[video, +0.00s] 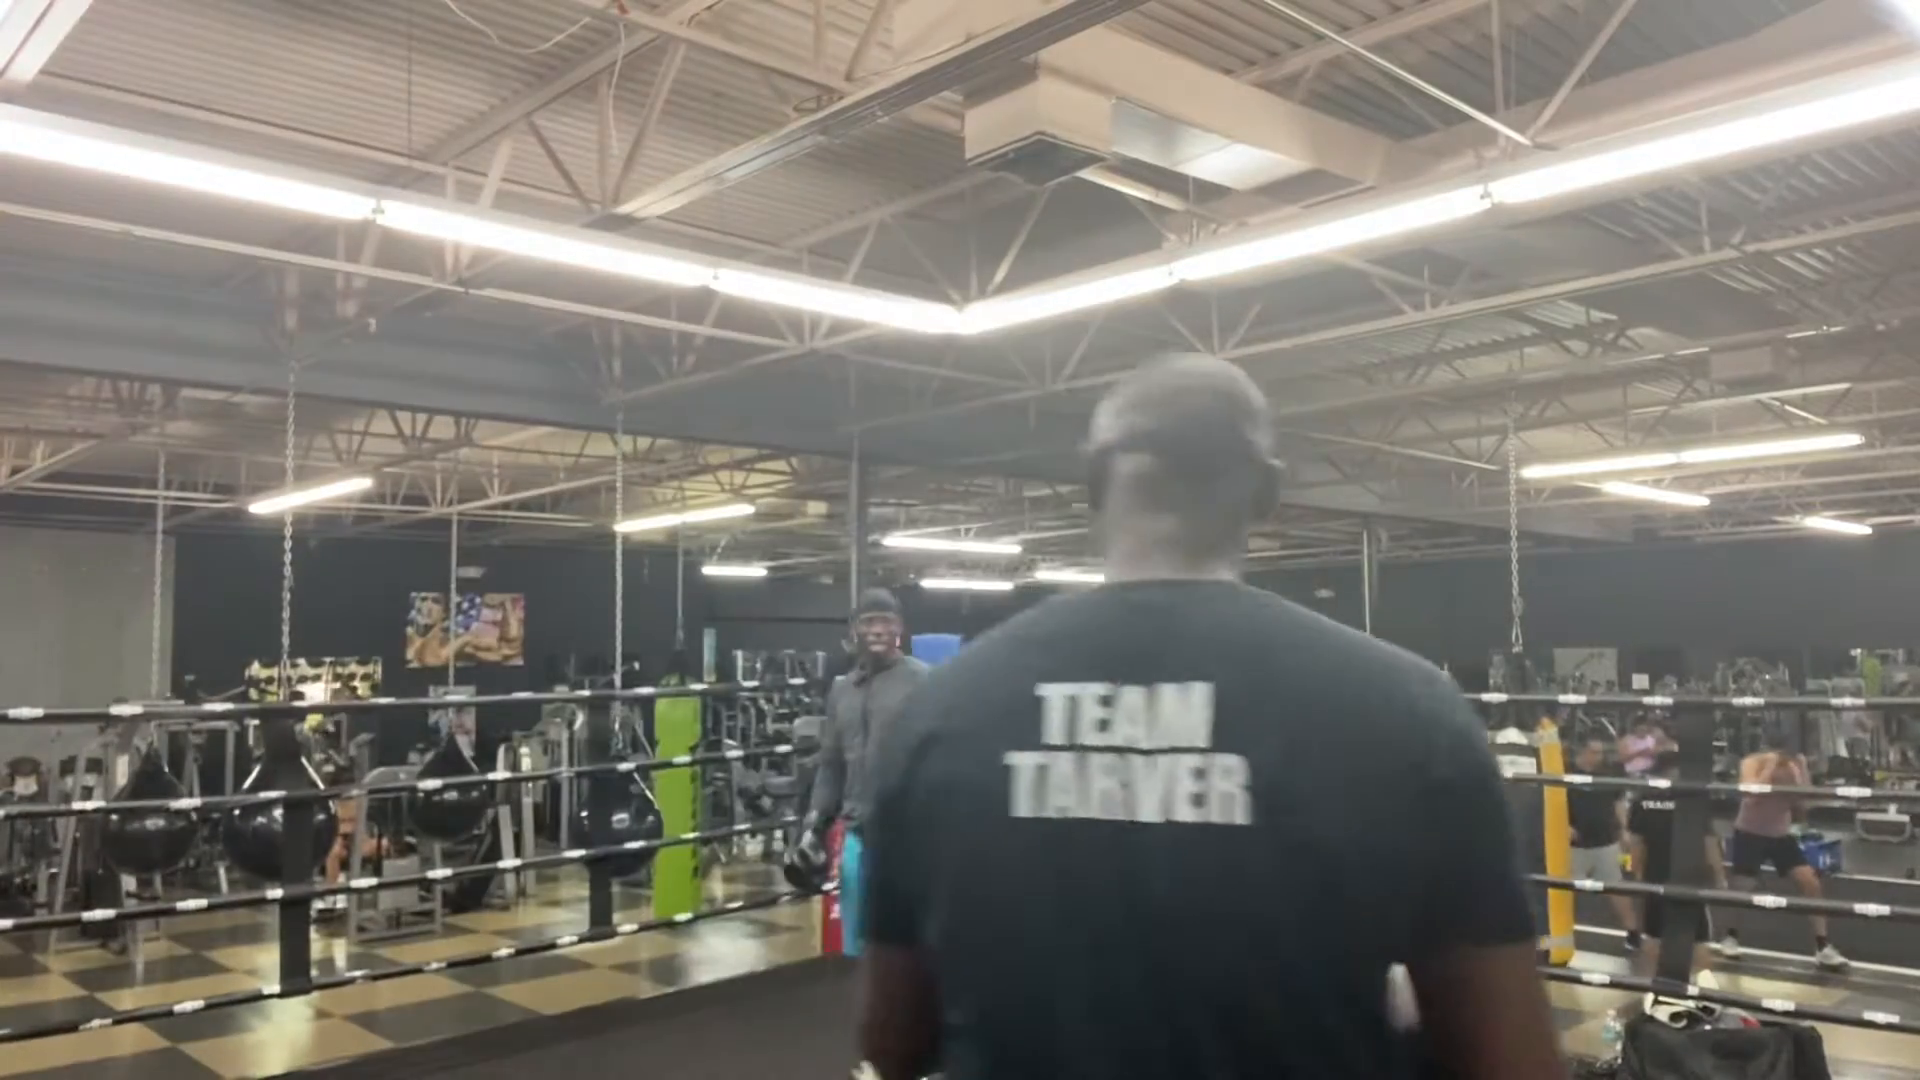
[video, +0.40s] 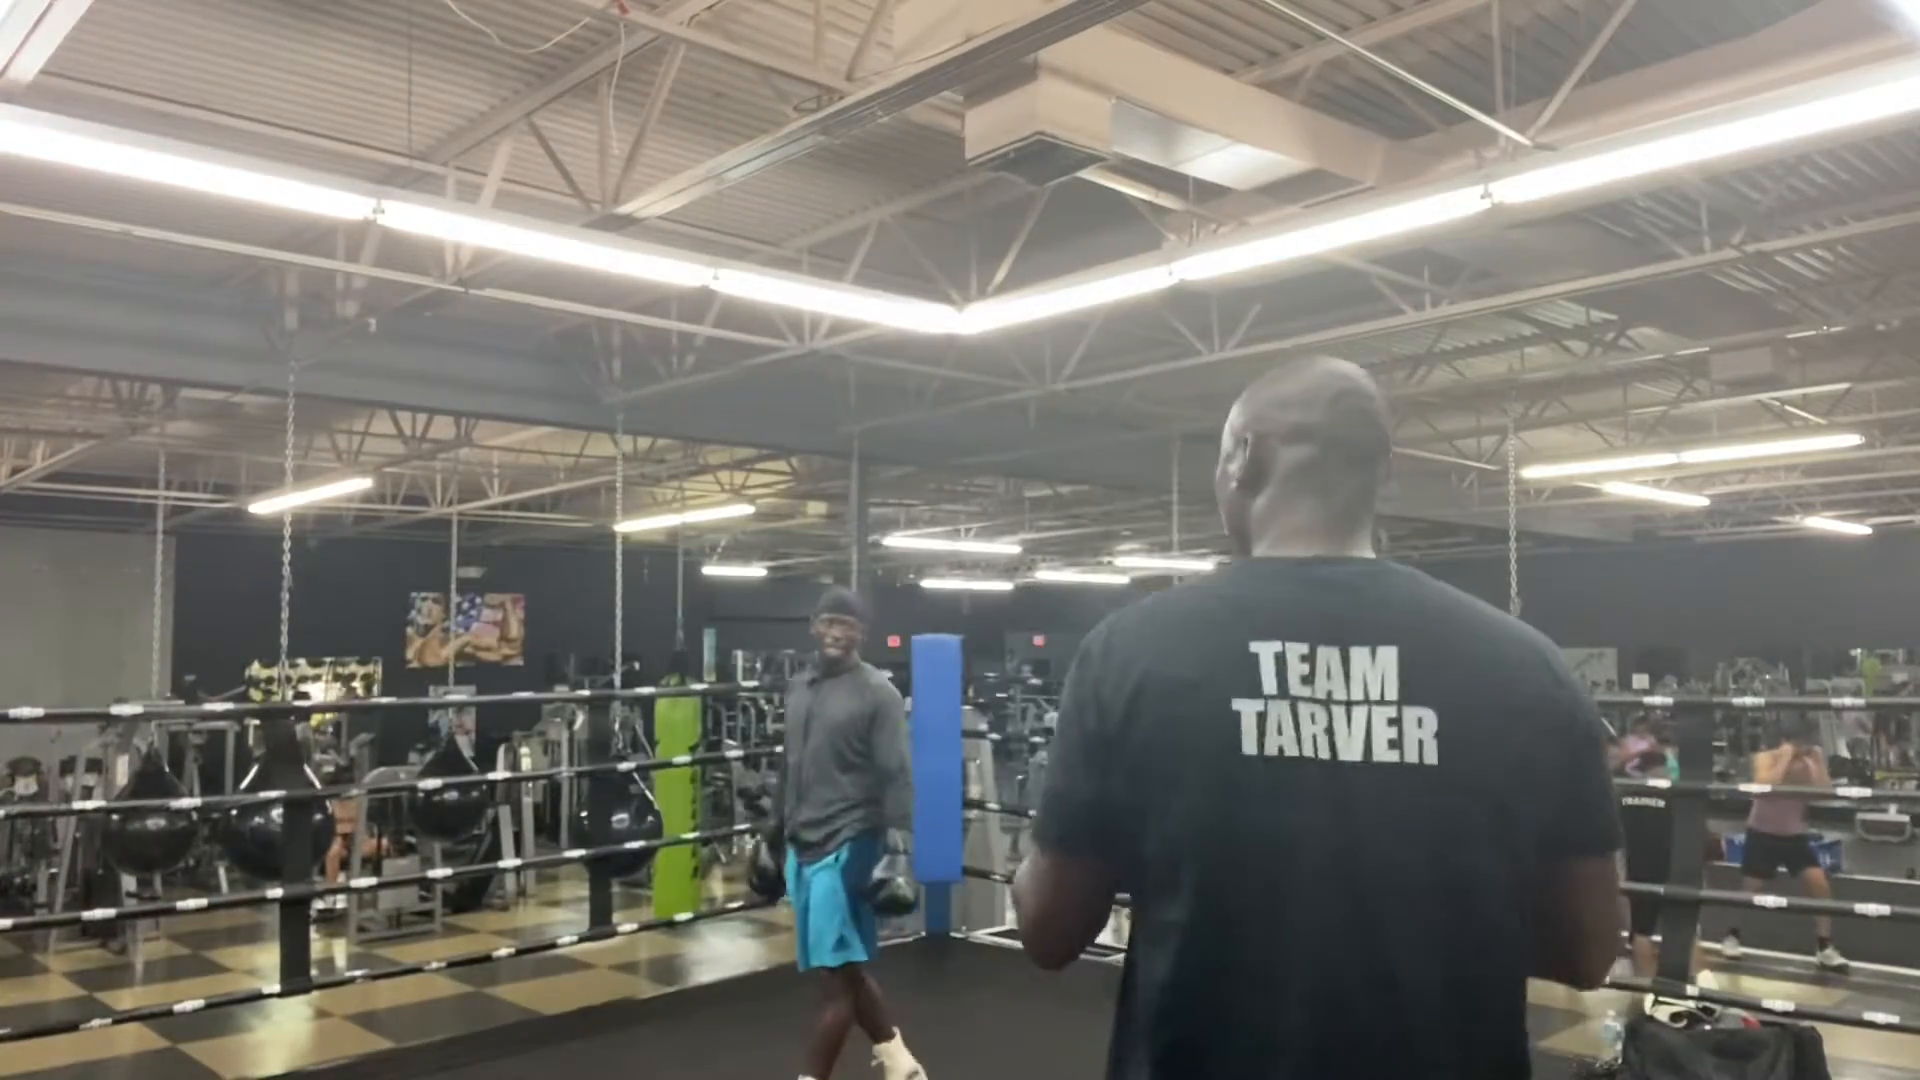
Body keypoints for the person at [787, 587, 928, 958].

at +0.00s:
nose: (877, 631)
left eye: (885, 622)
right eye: (868, 622)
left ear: (900, 630)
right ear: (855, 631)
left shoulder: (921, 680)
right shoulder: (842, 690)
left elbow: (938, 752)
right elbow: (832, 763)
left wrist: (932, 816)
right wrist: (814, 827)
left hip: (910, 827)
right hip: (858, 829)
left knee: (909, 940)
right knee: (857, 944)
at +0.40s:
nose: (835, 633)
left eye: (846, 625)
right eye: (828, 623)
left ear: (861, 633)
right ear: (813, 628)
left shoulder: (878, 692)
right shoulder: (800, 689)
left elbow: (896, 776)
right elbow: (790, 769)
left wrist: (898, 856)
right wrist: (775, 839)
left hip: (850, 843)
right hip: (803, 844)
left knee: (836, 971)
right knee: (840, 965)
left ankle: (812, 1074)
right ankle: (900, 1063)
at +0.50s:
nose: (822, 634)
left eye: (833, 627)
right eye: (814, 624)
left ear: (847, 636)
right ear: (799, 628)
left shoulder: (862, 695)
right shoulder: (788, 685)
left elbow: (879, 780)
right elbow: (775, 764)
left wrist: (870, 859)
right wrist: (758, 833)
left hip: (831, 848)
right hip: (783, 847)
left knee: (825, 980)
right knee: (797, 977)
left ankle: (813, 1074)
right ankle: (881, 1050)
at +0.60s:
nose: (800, 637)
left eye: (811, 629)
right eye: (792, 627)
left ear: (828, 637)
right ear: (779, 631)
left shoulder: (843, 698)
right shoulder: (770, 687)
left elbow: (847, 790)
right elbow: (758, 768)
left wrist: (813, 866)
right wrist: (734, 832)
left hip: (813, 855)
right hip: (759, 854)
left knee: (819, 985)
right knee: (749, 979)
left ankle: (814, 1073)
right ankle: (833, 1044)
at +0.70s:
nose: (783, 634)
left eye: (794, 627)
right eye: (775, 624)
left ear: (810, 633)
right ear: (761, 627)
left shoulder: (827, 693)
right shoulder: (757, 687)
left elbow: (825, 787)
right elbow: (747, 771)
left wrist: (776, 854)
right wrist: (717, 835)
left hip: (805, 851)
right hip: (747, 846)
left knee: (810, 984)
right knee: (716, 972)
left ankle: (807, 1077)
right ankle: (771, 1065)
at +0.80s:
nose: (762, 635)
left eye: (773, 628)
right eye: (754, 625)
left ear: (790, 635)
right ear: (741, 629)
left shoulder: (810, 696)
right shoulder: (737, 691)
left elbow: (806, 794)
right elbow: (730, 777)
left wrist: (748, 853)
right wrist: (706, 836)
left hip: (790, 853)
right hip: (731, 848)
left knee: (803, 986)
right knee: (704, 981)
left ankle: (807, 1076)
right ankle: (697, 1075)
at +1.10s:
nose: (696, 638)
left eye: (708, 629)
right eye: (688, 629)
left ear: (728, 636)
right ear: (675, 634)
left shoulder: (750, 699)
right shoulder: (670, 697)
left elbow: (755, 793)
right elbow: (669, 786)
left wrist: (731, 876)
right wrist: (649, 859)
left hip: (723, 876)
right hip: (663, 873)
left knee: (740, 1003)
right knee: (660, 1008)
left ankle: (784, 1075)